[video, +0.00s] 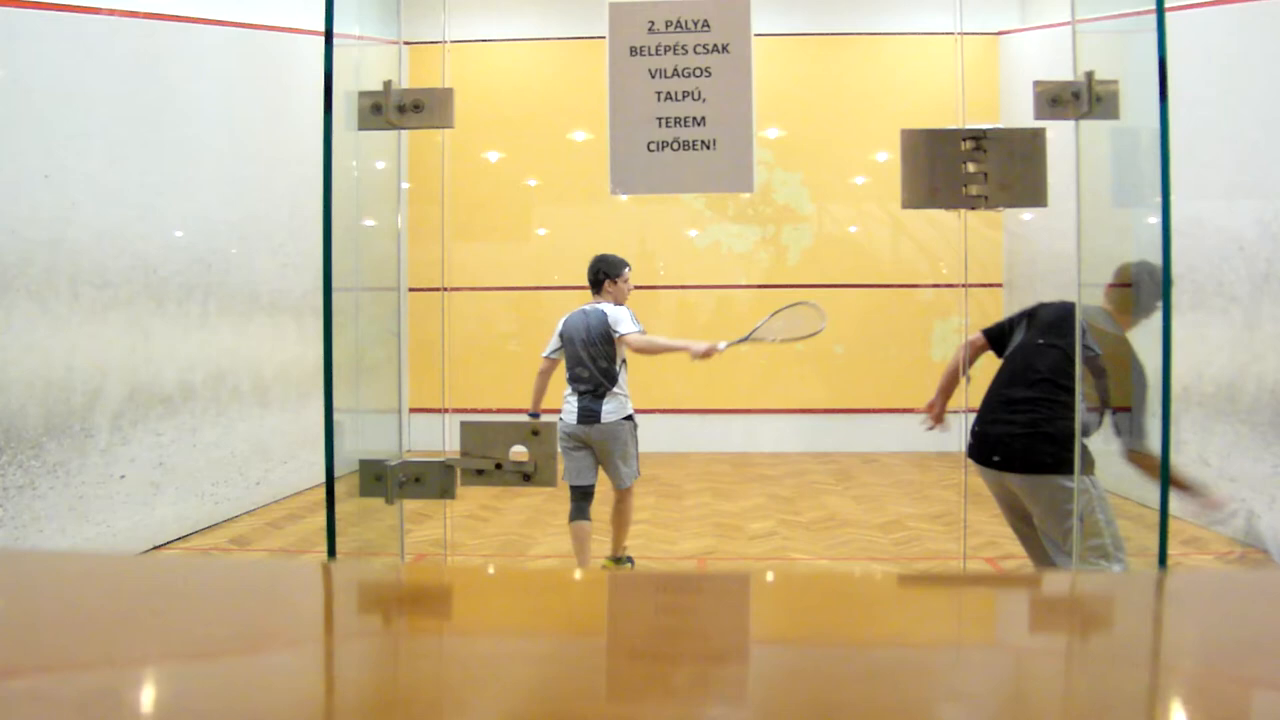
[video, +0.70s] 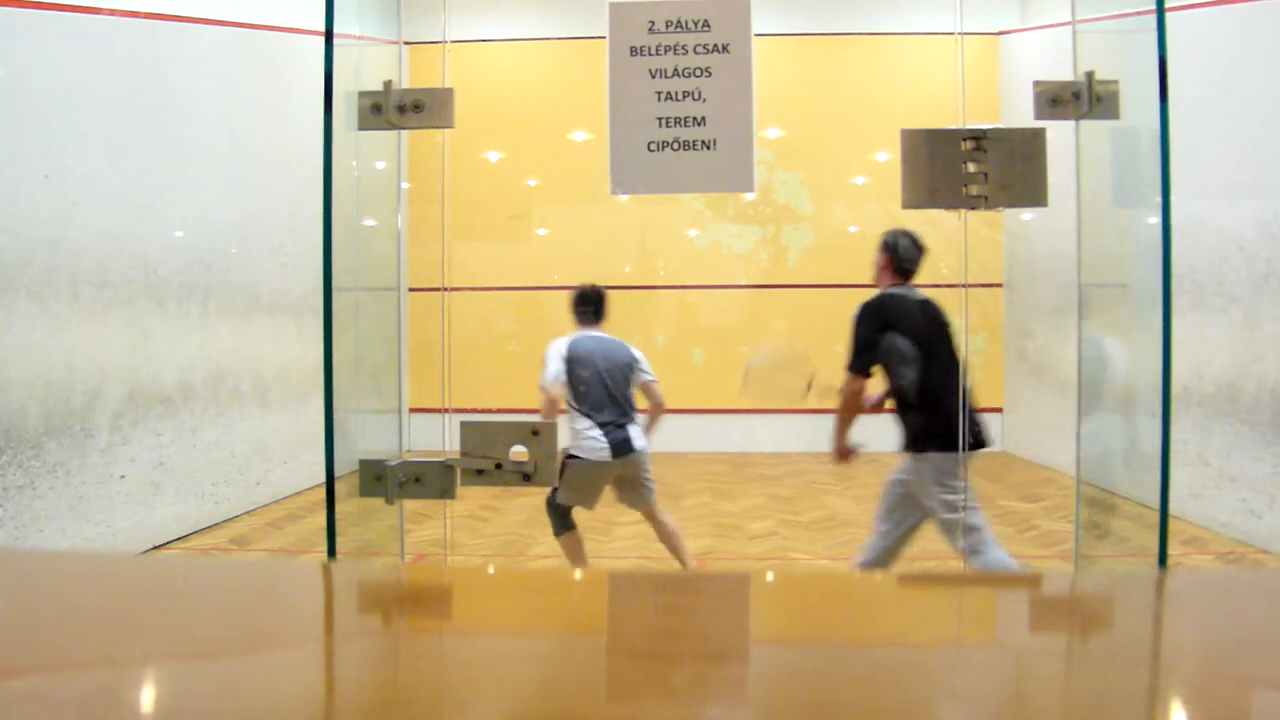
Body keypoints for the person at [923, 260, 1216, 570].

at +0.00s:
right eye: (1148, 305)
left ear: (1109, 288)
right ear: (1148, 308)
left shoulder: (1048, 313)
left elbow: (973, 345)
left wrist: (939, 399)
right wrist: (1192, 489)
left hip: (989, 449)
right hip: (1049, 457)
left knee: (1051, 563)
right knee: (1101, 564)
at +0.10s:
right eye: (1133, 298)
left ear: (1094, 284)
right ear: (1132, 301)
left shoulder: (1038, 306)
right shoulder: (1115, 355)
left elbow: (966, 347)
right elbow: (1107, 423)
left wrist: (949, 399)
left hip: (988, 445)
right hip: (1052, 455)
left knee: (1040, 556)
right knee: (1091, 558)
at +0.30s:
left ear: (1025, 249)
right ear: (1062, 263)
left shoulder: (990, 292)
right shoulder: (1060, 309)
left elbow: (944, 353)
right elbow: (1021, 353)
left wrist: (935, 341)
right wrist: (954, 339)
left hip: (1004, 446)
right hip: (1061, 442)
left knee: (1001, 549)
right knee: (1083, 542)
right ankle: (1101, 619)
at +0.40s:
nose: (982, 249)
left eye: (986, 243)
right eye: (989, 243)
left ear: (989, 249)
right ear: (1022, 258)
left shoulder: (969, 298)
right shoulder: (1029, 305)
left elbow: (928, 367)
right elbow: (990, 348)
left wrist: (948, 333)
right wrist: (926, 329)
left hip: (1001, 446)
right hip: (1051, 442)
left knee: (998, 555)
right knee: (1064, 542)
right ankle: (1115, 602)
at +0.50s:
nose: (943, 253)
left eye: (947, 247)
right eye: (948, 246)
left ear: (952, 252)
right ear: (983, 258)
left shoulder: (943, 300)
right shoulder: (992, 302)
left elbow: (913, 372)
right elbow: (963, 348)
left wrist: (912, 341)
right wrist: (907, 343)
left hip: (987, 440)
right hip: (1028, 438)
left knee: (1000, 546)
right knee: (1012, 530)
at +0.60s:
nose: (909, 258)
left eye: (913, 251)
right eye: (913, 250)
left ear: (922, 258)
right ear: (944, 262)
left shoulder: (910, 302)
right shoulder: (955, 302)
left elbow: (885, 374)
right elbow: (939, 375)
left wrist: (877, 408)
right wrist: (890, 369)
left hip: (968, 432)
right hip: (993, 427)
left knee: (987, 521)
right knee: (942, 504)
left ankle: (1022, 597)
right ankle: (939, 583)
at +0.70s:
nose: (875, 260)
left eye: (879, 254)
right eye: (878, 254)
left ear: (884, 261)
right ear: (912, 267)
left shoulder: (876, 310)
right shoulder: (926, 308)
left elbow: (854, 384)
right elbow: (925, 371)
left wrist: (840, 439)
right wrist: (882, 398)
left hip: (931, 437)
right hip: (954, 432)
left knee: (965, 527)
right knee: (900, 502)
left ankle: (1014, 591)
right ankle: (864, 577)